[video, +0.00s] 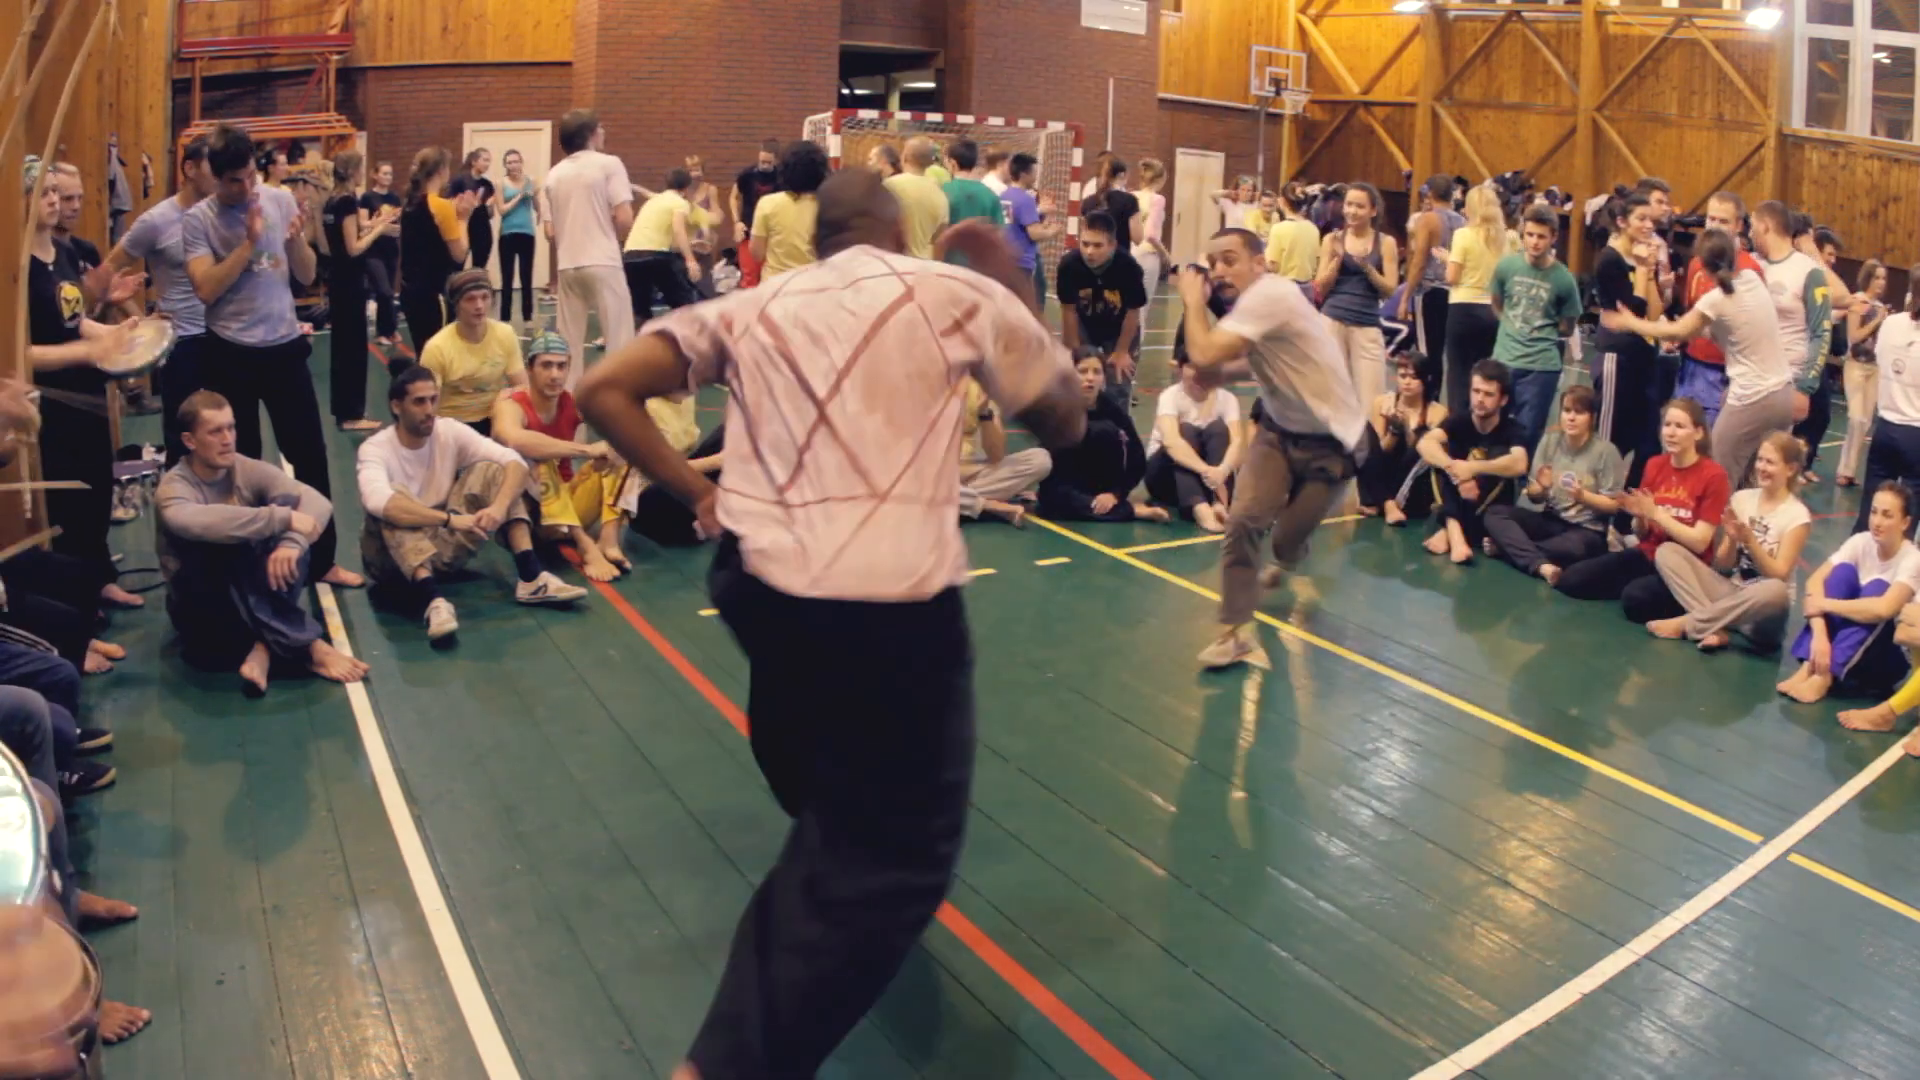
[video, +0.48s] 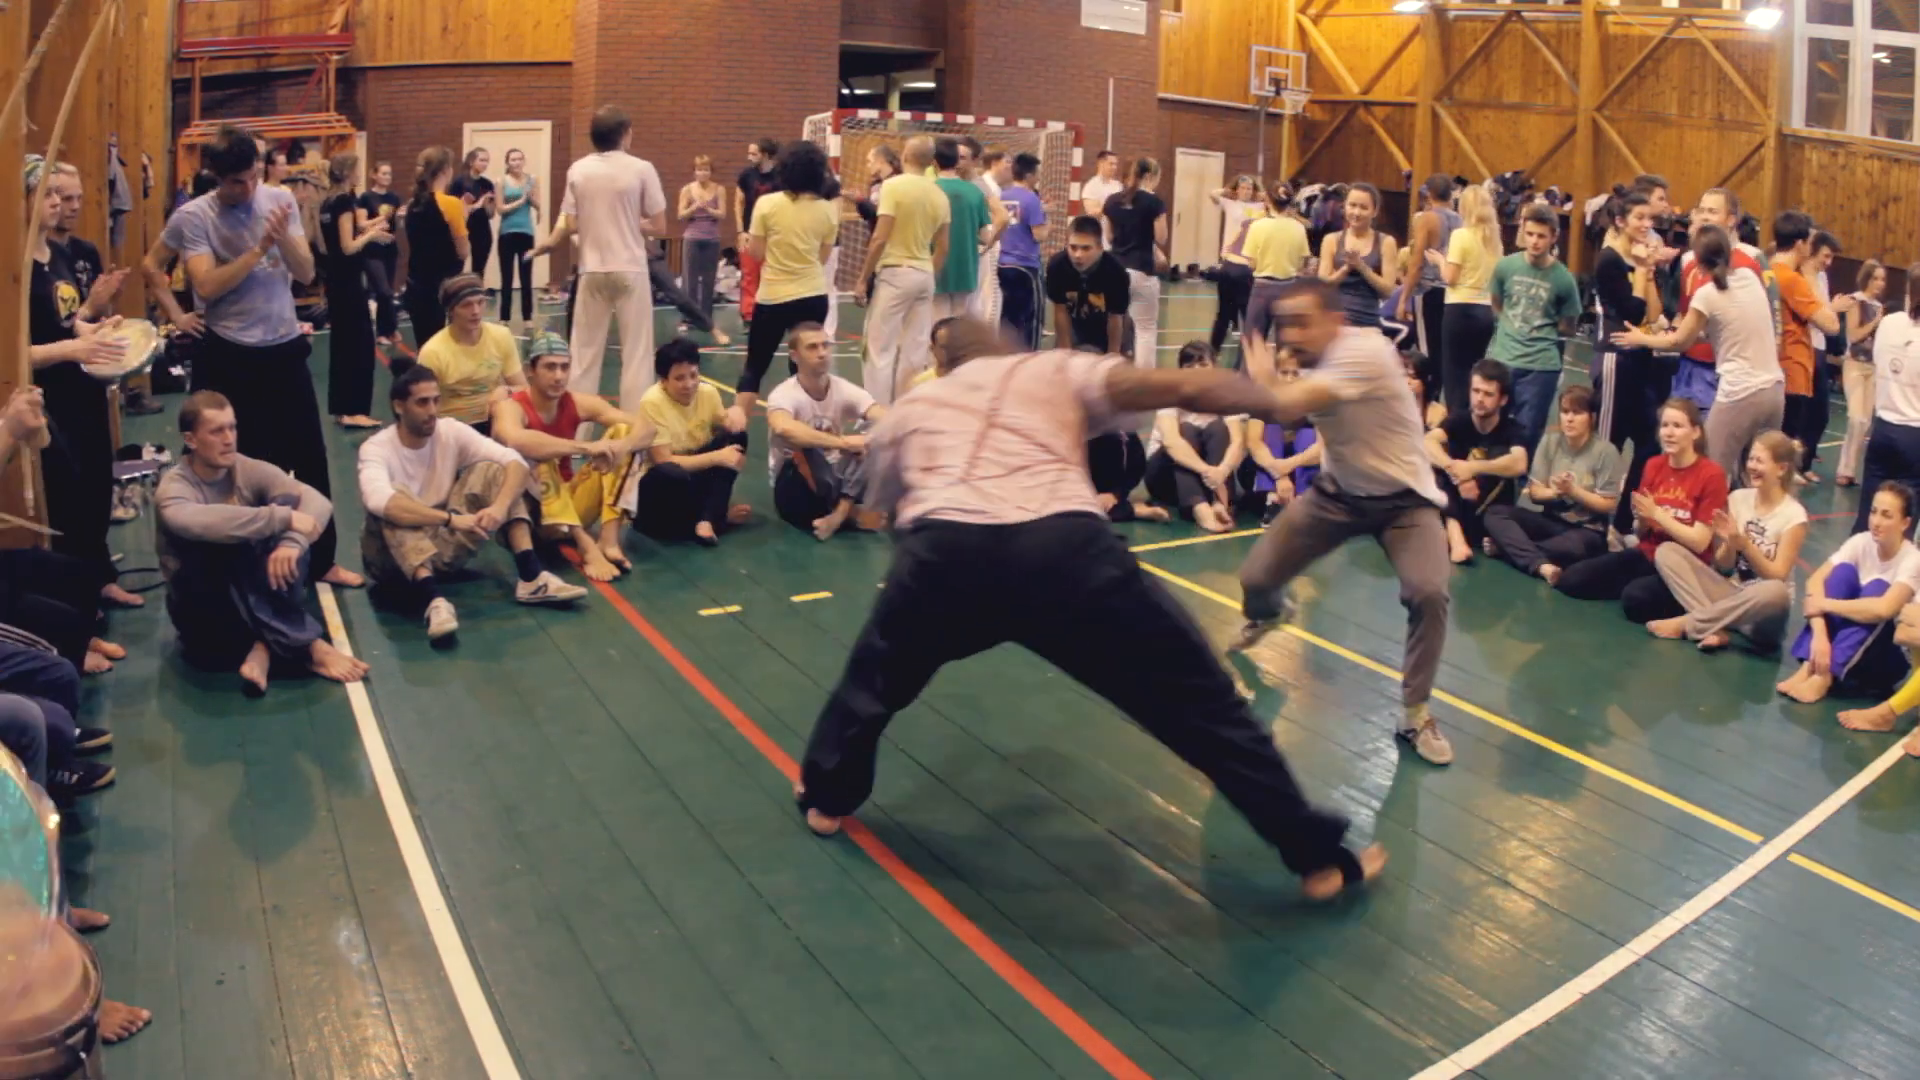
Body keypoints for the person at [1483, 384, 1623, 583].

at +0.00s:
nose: (1571, 418)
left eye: (1578, 412)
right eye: (1567, 411)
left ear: (1591, 417)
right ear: (1560, 414)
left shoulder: (1606, 451)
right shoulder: (1550, 440)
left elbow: (1614, 505)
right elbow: (1532, 495)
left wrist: (1582, 495)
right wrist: (1541, 487)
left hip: (1584, 530)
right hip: (1548, 520)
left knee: (1575, 548)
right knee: (1494, 514)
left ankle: (1509, 550)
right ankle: (1539, 566)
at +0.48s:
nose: (1569, 419)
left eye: (1577, 413)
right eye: (1565, 412)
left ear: (1591, 417)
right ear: (1559, 415)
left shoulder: (1606, 452)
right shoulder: (1549, 442)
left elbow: (1609, 505)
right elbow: (1534, 492)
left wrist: (1573, 491)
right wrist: (1555, 492)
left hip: (1585, 529)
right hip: (1548, 520)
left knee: (1575, 547)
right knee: (1495, 514)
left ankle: (1509, 550)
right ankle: (1539, 566)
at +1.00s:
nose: (1571, 421)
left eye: (1578, 415)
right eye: (1566, 414)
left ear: (1591, 419)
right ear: (1559, 416)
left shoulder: (1606, 452)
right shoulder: (1549, 442)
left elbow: (1613, 505)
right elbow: (1531, 494)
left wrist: (1582, 496)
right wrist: (1541, 487)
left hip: (1585, 530)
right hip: (1549, 520)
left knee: (1575, 548)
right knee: (1494, 514)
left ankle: (1510, 550)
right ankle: (1539, 566)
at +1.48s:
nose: (1568, 420)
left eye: (1576, 414)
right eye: (1564, 413)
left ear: (1590, 419)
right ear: (1558, 415)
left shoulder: (1606, 452)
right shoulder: (1549, 441)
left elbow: (1612, 505)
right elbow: (1532, 490)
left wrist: (1577, 493)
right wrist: (1544, 490)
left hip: (1585, 530)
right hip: (1548, 521)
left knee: (1574, 548)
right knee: (1494, 514)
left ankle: (1510, 551)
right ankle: (1539, 566)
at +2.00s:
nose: (1569, 419)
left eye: (1577, 413)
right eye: (1565, 411)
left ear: (1591, 419)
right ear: (1559, 414)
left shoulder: (1606, 453)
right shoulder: (1549, 441)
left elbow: (1614, 506)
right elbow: (1529, 491)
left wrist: (1582, 497)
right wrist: (1541, 488)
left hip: (1584, 530)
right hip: (1547, 520)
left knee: (1574, 549)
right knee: (1494, 514)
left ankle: (1509, 550)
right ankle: (1539, 566)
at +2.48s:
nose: (1570, 420)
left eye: (1578, 414)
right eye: (1566, 412)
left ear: (1592, 420)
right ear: (1559, 415)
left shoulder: (1606, 451)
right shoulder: (1550, 441)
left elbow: (1617, 505)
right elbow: (1533, 497)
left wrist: (1589, 499)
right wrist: (1536, 484)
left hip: (1585, 529)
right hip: (1549, 518)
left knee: (1574, 548)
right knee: (1497, 512)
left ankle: (1510, 553)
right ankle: (1539, 565)